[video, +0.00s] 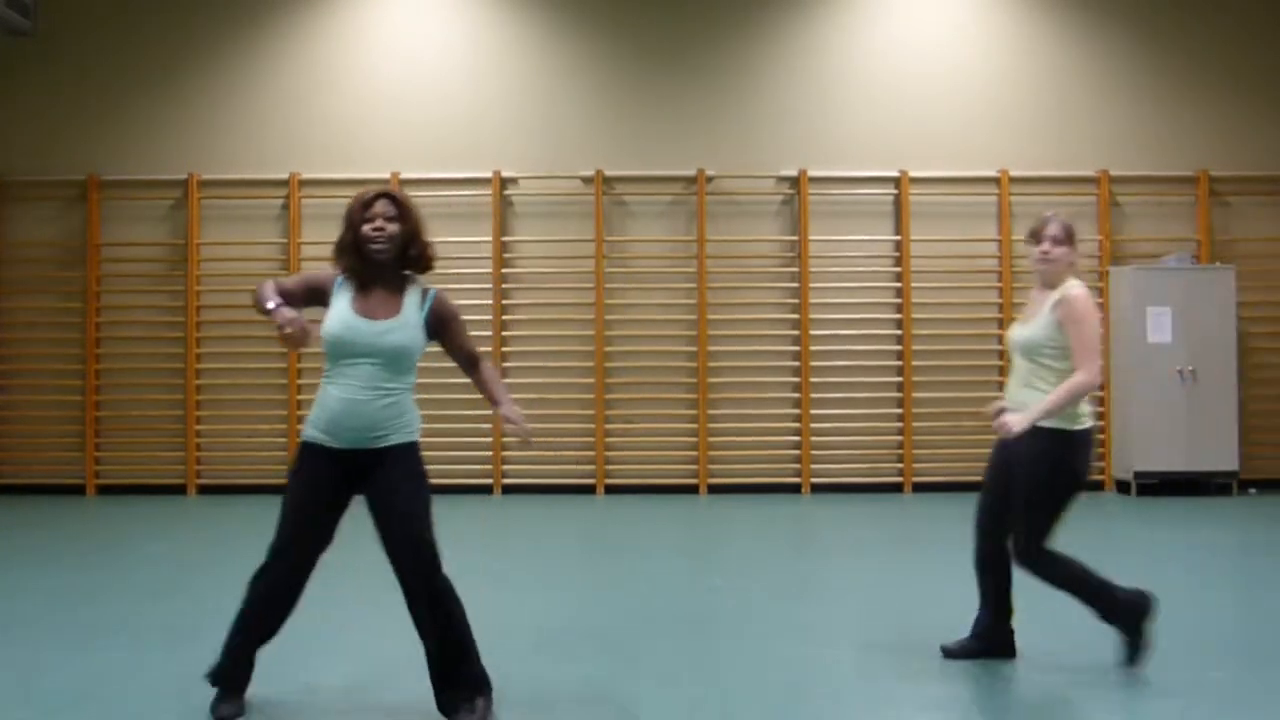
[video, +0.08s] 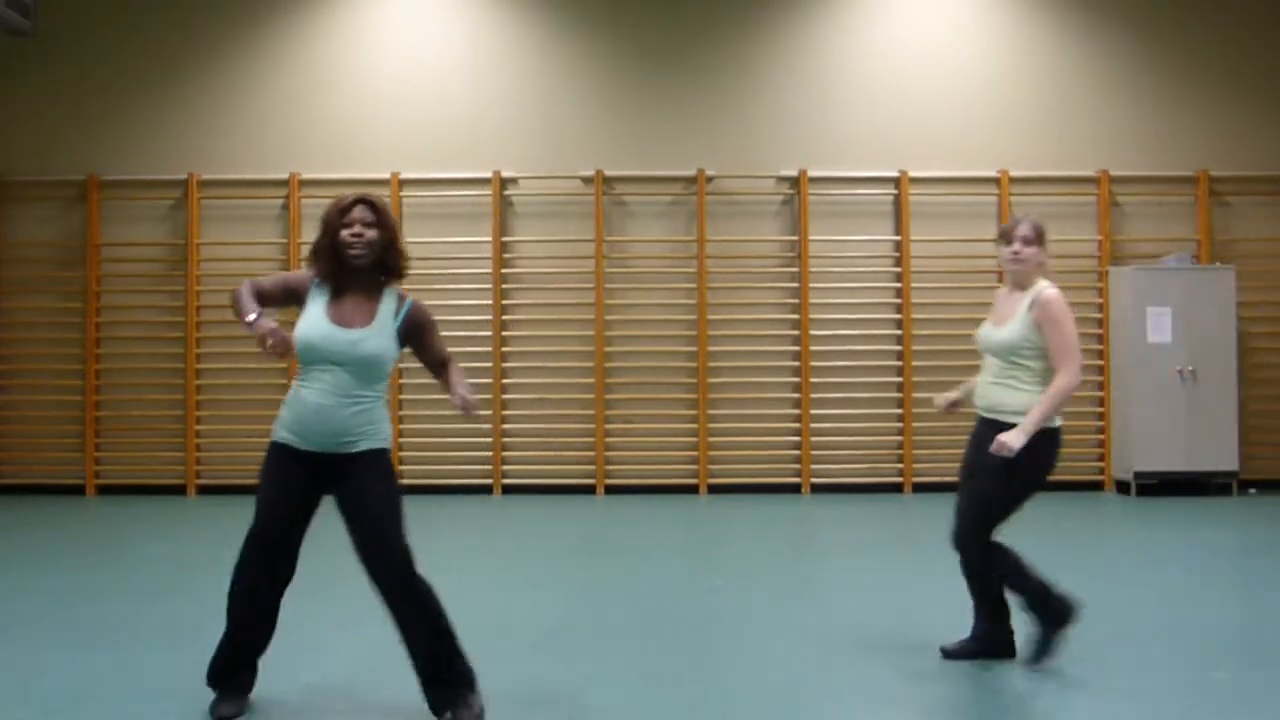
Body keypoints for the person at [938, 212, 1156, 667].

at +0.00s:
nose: (1047, 249)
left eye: (1058, 243)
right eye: (1040, 242)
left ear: (1073, 252)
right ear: (1031, 250)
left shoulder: (1075, 299)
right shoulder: (1038, 297)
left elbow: (1089, 374)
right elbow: (1037, 367)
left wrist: (1029, 415)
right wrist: (1010, 405)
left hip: (1059, 440)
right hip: (1021, 436)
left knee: (1028, 548)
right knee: (991, 533)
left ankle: (1127, 608)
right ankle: (993, 634)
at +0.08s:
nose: (1017, 250)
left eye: (1027, 243)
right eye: (1010, 242)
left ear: (1043, 253)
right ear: (1000, 250)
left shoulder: (1047, 301)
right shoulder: (1003, 297)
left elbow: (1069, 374)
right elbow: (999, 367)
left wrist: (1023, 430)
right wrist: (961, 394)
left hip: (1028, 436)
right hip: (990, 429)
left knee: (972, 534)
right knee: (968, 534)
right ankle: (991, 634)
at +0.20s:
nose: (977, 250)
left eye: (987, 244)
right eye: (970, 242)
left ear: (1001, 253)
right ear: (960, 250)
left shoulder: (1011, 302)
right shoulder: (955, 295)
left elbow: (1048, 368)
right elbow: (942, 359)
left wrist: (1015, 430)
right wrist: (902, 375)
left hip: (986, 434)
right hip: (945, 429)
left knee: (915, 524)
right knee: (953, 539)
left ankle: (919, 640)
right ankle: (992, 633)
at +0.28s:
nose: (951, 251)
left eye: (961, 245)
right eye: (944, 244)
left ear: (976, 254)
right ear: (934, 252)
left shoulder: (988, 304)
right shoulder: (925, 297)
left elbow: (1028, 367)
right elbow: (908, 365)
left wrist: (1001, 429)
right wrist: (872, 374)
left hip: (961, 436)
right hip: (916, 431)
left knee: (896, 529)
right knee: (926, 541)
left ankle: (867, 644)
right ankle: (985, 624)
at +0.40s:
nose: (920, 251)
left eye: (929, 244)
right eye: (912, 244)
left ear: (943, 256)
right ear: (900, 254)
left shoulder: (956, 306)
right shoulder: (890, 299)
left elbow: (989, 372)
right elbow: (873, 366)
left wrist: (964, 431)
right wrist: (849, 382)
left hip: (927, 434)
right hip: (879, 429)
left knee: (869, 534)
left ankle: (866, 644)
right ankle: (927, 596)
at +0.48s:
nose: (901, 246)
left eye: (910, 239)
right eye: (893, 239)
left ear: (924, 249)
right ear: (882, 248)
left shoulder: (939, 300)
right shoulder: (870, 297)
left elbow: (976, 365)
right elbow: (850, 361)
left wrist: (939, 410)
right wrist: (838, 370)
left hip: (911, 434)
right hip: (860, 427)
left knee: (862, 535)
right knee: (827, 530)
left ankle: (867, 646)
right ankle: (860, 622)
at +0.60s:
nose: (879, 242)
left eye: (888, 234)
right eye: (871, 235)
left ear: (903, 242)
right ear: (860, 244)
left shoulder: (923, 290)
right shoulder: (846, 289)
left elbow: (979, 337)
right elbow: (805, 344)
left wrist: (935, 347)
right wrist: (836, 316)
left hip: (898, 426)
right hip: (839, 419)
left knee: (853, 531)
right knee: (815, 527)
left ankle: (855, 642)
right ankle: (793, 639)